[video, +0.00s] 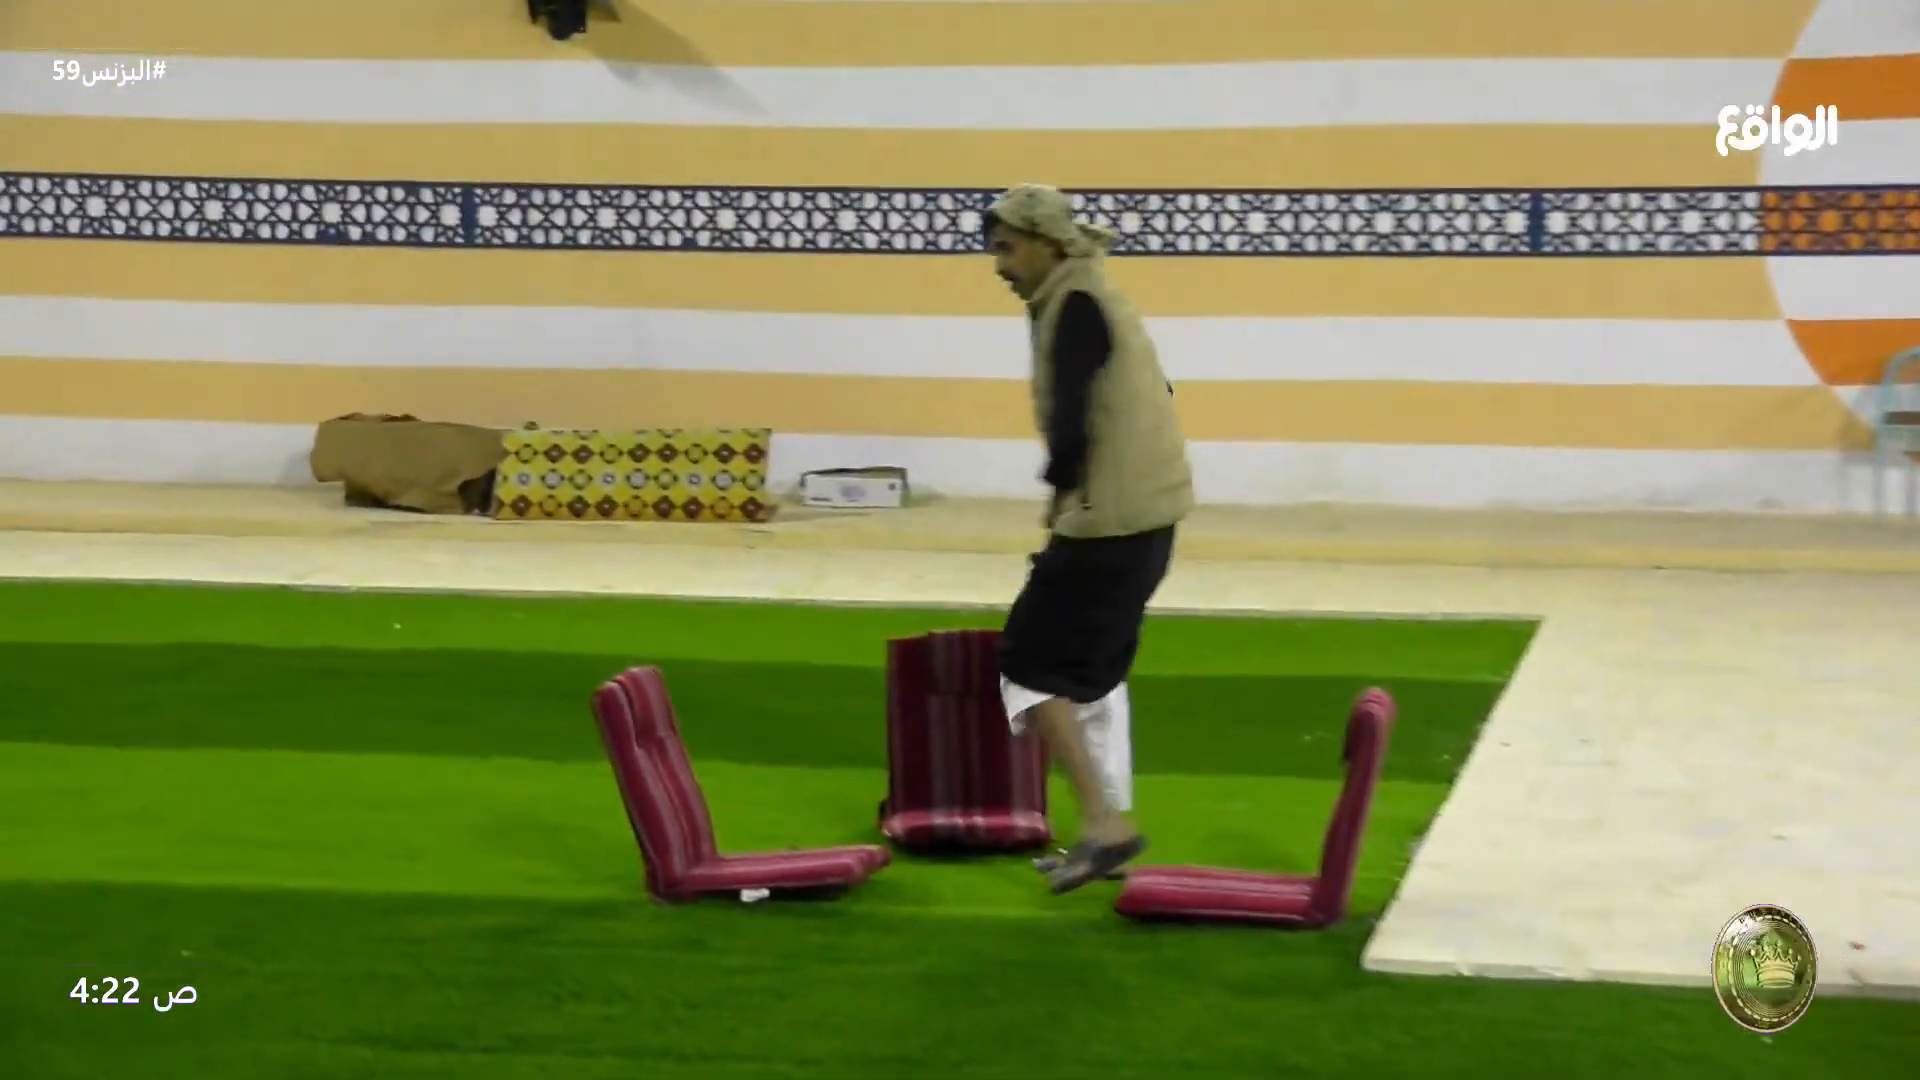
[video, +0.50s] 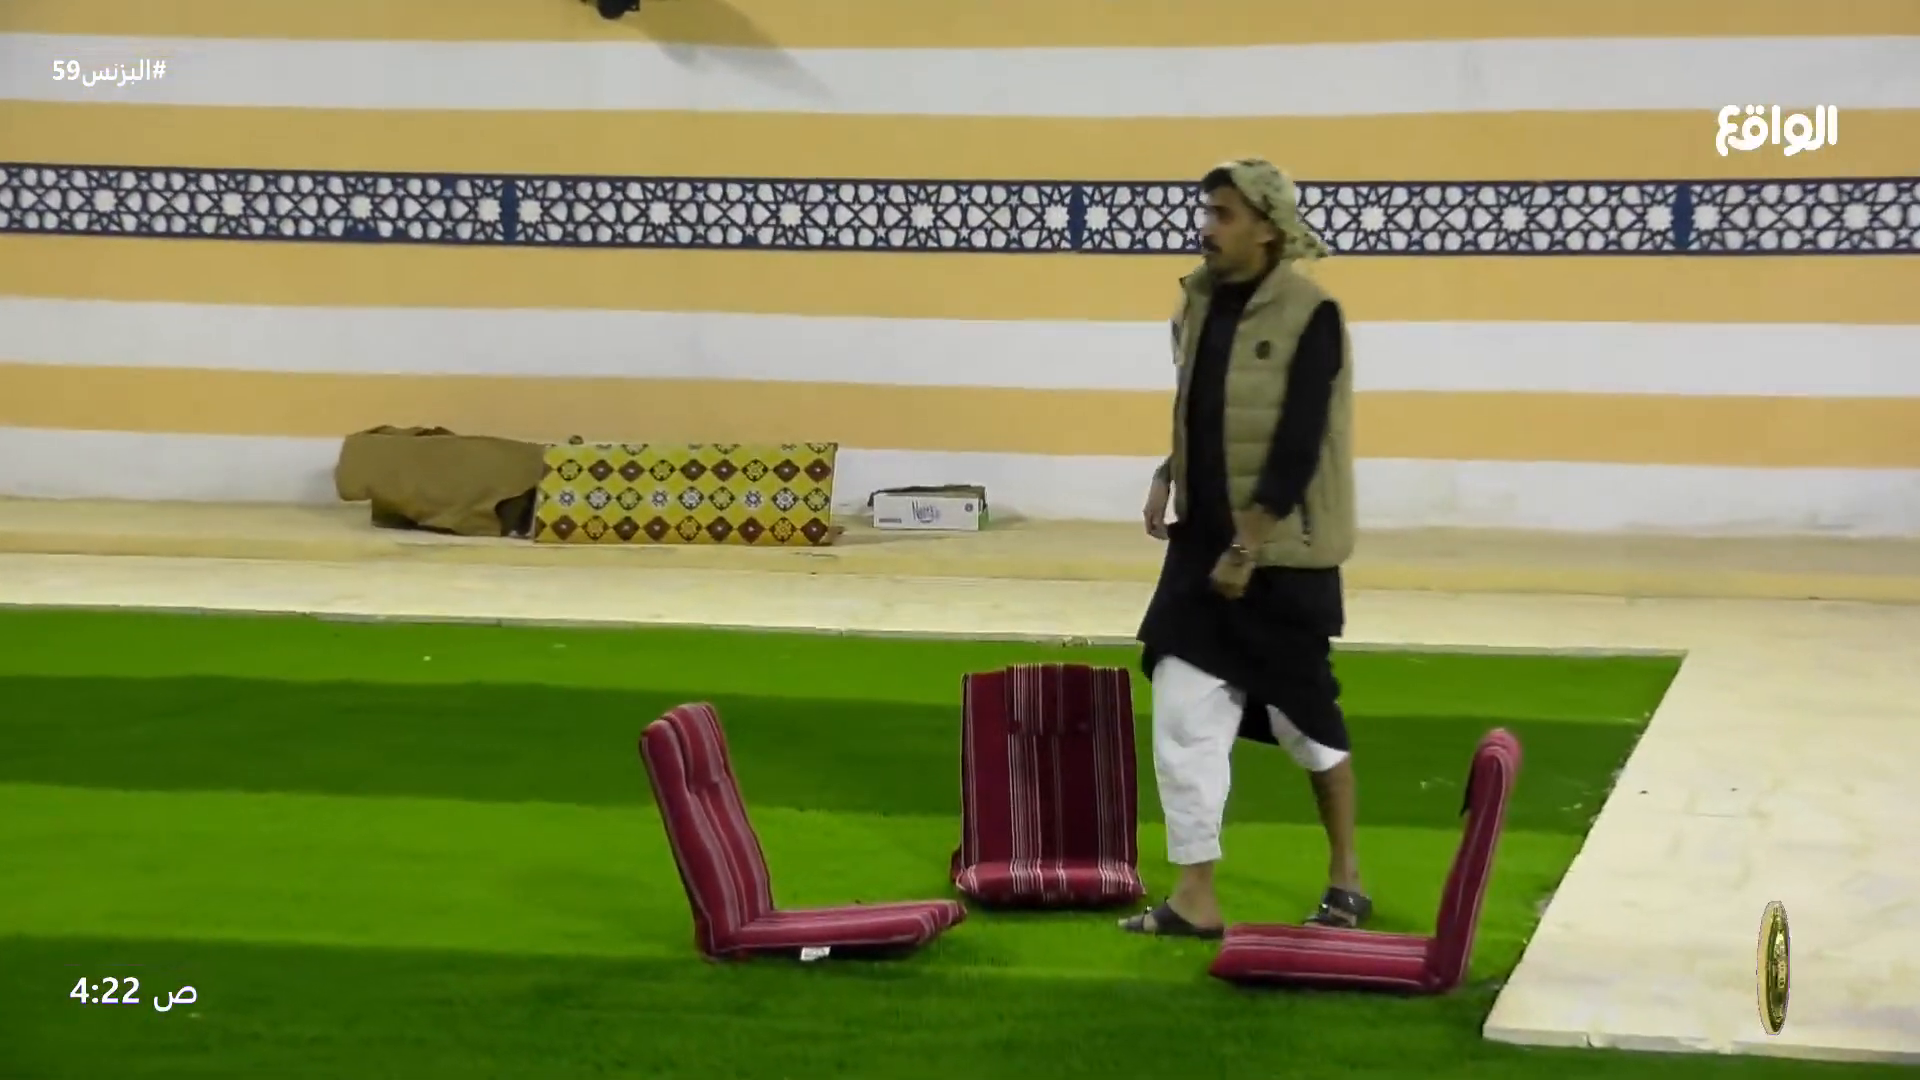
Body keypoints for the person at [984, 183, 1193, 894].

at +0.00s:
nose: (997, 264)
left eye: (1005, 248)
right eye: (994, 249)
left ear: (1045, 245)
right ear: (1052, 248)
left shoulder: (1073, 307)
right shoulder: (1094, 298)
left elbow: (1071, 415)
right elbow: (1149, 395)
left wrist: (1060, 491)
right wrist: (1087, 483)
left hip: (1109, 523)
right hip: (1140, 517)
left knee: (1031, 665)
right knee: (1075, 675)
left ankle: (1105, 825)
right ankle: (1104, 831)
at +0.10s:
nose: (1055, 253)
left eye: (1066, 238)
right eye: (1054, 239)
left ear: (1110, 237)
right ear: (1093, 241)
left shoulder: (1145, 302)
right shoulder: (1101, 306)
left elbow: (1145, 422)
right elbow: (1116, 421)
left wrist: (1115, 517)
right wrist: (1112, 513)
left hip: (1166, 521)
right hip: (1155, 523)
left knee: (1066, 659)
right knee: (1144, 688)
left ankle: (1206, 781)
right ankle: (1140, 866)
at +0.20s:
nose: (1089, 247)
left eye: (1101, 233)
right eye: (1088, 234)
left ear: (1148, 236)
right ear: (1117, 241)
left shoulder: (1183, 306)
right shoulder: (1123, 313)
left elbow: (1179, 422)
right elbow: (1127, 426)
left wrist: (1142, 515)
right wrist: (1125, 508)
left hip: (1198, 527)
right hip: (1165, 525)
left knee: (1114, 671)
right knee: (1159, 693)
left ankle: (1257, 774)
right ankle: (1164, 876)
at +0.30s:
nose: (1139, 242)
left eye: (1152, 229)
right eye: (1138, 229)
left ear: (1197, 235)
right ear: (1157, 237)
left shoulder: (1235, 314)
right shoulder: (1163, 310)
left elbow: (1222, 435)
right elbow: (1166, 424)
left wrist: (1173, 538)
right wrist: (1156, 495)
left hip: (1231, 548)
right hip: (1179, 543)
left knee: (1208, 713)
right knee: (1170, 711)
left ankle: (1313, 814)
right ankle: (1188, 889)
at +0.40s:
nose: (1164, 236)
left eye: (1178, 223)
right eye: (1163, 223)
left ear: (1225, 232)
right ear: (1177, 233)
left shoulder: (1265, 314)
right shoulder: (1177, 308)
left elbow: (1249, 437)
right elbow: (1176, 415)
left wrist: (1198, 542)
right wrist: (1159, 485)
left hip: (1253, 553)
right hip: (1183, 545)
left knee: (1261, 723)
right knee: (1174, 709)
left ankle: (1328, 863)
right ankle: (1191, 893)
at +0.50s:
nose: (1207, 227)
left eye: (1222, 215)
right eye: (1207, 213)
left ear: (1267, 226)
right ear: (1220, 224)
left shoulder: (1310, 311)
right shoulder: (1199, 303)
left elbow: (1299, 442)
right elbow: (1202, 415)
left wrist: (1247, 541)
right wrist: (1168, 474)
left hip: (1290, 556)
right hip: (1204, 547)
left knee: (1309, 720)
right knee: (1184, 711)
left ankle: (1345, 881)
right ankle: (1196, 899)